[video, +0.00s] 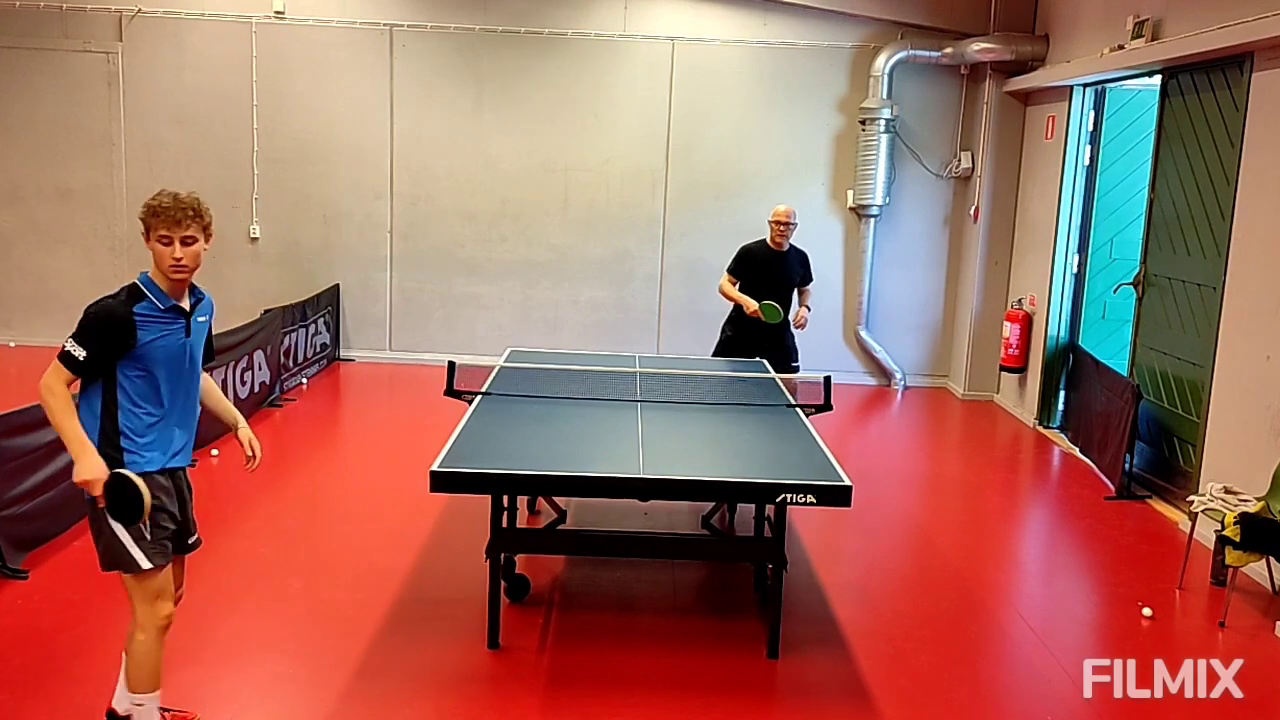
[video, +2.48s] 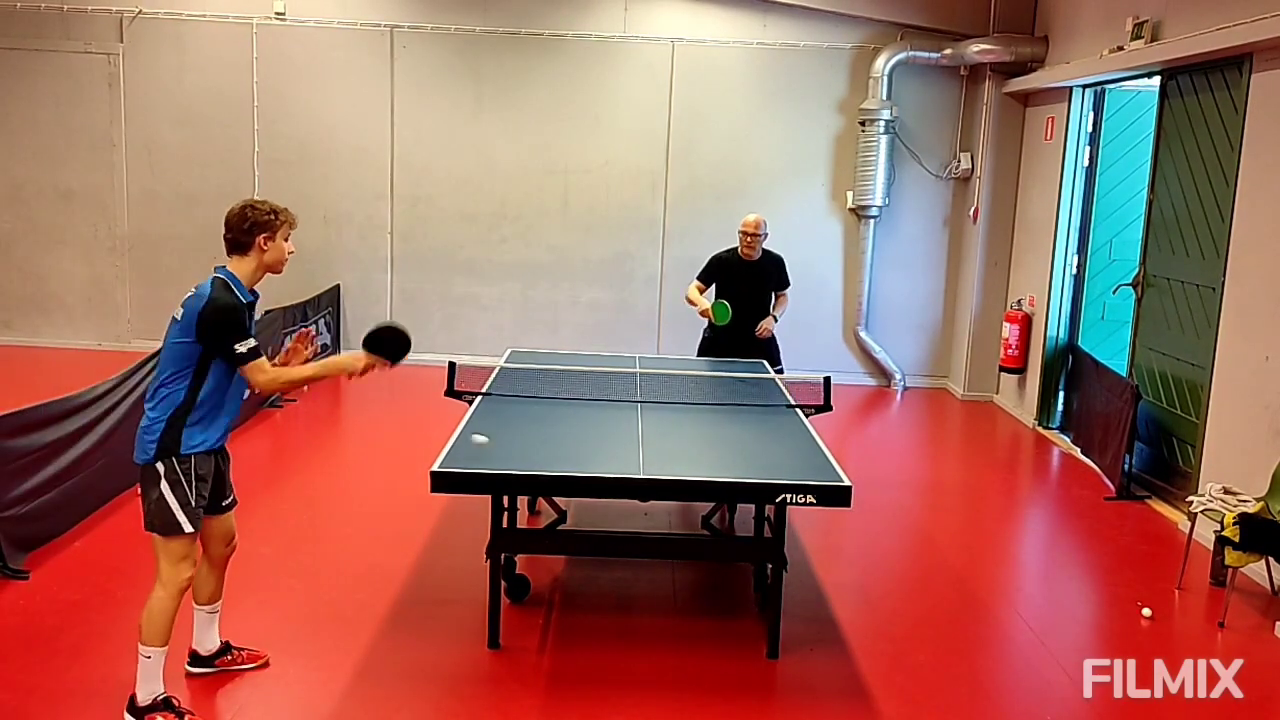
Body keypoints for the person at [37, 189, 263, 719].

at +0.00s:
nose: (178, 253)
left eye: (189, 241)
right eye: (166, 241)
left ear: (205, 246)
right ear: (148, 244)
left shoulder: (200, 308)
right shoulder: (116, 314)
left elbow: (195, 375)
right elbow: (52, 385)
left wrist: (238, 422)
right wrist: (85, 455)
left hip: (174, 475)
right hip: (130, 482)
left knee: (166, 601)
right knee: (155, 612)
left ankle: (125, 704)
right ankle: (147, 715)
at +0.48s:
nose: (108, 301)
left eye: (118, 290)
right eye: (96, 289)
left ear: (127, 278)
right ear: (66, 271)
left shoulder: (123, 320)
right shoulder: (22, 330)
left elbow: (117, 392)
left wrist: (145, 456)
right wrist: (6, 479)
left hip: (91, 478)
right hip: (28, 485)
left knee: (123, 589)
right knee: (15, 620)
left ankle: (127, 703)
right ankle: (3, 713)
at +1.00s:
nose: (161, 493)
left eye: (168, 487)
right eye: (163, 483)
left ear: (139, 459)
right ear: (139, 460)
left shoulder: (118, 470)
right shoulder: (51, 426)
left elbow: (99, 547)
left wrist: (110, 622)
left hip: (15, 498)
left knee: (64, 582)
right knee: (59, 584)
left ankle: (28, 684)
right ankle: (28, 683)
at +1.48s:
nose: (191, 277)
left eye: (192, 268)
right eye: (189, 267)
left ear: (153, 266)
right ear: (165, 268)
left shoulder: (122, 319)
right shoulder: (98, 323)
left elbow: (108, 405)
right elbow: (43, 404)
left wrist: (145, 462)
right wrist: (108, 457)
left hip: (62, 469)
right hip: (43, 474)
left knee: (51, 583)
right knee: (90, 591)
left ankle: (22, 689)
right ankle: (58, 711)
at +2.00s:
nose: (236, 250)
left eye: (236, 241)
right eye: (232, 241)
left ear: (197, 244)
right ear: (206, 244)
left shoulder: (204, 304)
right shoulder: (137, 312)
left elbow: (239, 355)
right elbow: (80, 389)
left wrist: (313, 369)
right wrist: (75, 469)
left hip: (180, 457)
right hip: (136, 469)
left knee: (200, 546)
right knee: (153, 582)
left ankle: (175, 649)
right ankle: (140, 705)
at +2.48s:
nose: (290, 249)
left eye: (290, 240)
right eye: (286, 239)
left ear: (253, 242)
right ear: (262, 243)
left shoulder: (238, 296)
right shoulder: (221, 301)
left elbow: (227, 380)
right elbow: (265, 381)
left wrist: (281, 368)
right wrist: (342, 363)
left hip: (206, 444)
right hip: (171, 451)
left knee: (221, 543)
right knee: (176, 574)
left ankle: (207, 650)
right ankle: (145, 698)